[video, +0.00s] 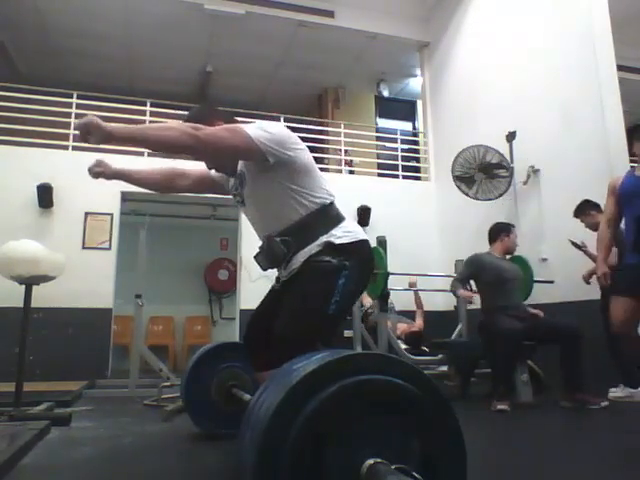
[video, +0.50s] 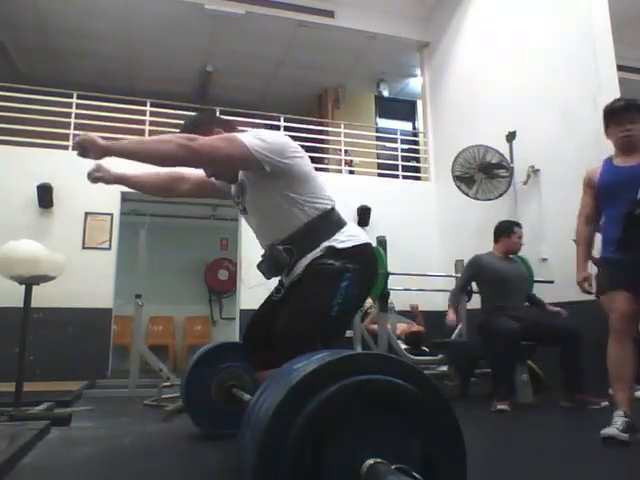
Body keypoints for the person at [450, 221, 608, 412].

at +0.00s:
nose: (517, 242)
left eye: (516, 238)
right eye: (514, 237)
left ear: (504, 238)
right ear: (504, 238)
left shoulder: (512, 266)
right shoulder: (478, 260)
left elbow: (511, 300)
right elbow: (456, 283)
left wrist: (528, 310)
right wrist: (461, 292)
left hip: (519, 316)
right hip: (496, 317)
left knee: (570, 332)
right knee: (507, 337)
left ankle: (573, 392)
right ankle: (501, 397)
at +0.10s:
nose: (517, 243)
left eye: (517, 239)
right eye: (514, 238)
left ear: (505, 239)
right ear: (501, 238)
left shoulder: (513, 265)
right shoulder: (478, 261)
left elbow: (520, 297)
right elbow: (457, 284)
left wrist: (540, 307)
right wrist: (458, 294)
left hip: (523, 316)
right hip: (497, 317)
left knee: (570, 331)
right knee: (506, 335)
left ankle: (573, 392)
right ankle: (501, 397)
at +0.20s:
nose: (517, 243)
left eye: (517, 239)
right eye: (514, 238)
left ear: (505, 239)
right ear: (500, 239)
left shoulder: (514, 265)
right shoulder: (478, 262)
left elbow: (525, 293)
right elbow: (459, 286)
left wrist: (551, 302)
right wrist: (461, 298)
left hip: (520, 315)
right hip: (494, 316)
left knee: (569, 329)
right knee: (507, 334)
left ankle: (573, 393)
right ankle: (502, 397)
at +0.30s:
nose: (518, 242)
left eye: (518, 238)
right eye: (514, 238)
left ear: (505, 239)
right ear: (501, 238)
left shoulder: (515, 264)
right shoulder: (478, 262)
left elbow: (528, 291)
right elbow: (459, 288)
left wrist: (555, 301)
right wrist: (464, 304)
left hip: (519, 315)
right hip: (493, 316)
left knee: (568, 329)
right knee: (508, 333)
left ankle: (572, 392)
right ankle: (501, 397)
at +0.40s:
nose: (519, 242)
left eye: (519, 238)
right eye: (515, 238)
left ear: (505, 239)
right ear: (502, 238)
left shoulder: (517, 264)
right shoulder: (479, 262)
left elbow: (528, 291)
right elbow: (461, 287)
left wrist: (553, 302)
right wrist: (460, 308)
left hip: (521, 317)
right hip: (493, 317)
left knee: (569, 328)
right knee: (508, 333)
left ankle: (572, 392)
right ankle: (501, 397)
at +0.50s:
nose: (521, 242)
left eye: (521, 238)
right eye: (518, 238)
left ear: (509, 238)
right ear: (504, 238)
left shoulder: (521, 263)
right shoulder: (480, 262)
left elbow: (527, 294)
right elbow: (458, 289)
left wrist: (546, 307)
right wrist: (452, 310)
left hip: (524, 315)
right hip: (496, 316)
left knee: (569, 329)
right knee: (507, 333)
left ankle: (573, 393)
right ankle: (502, 397)